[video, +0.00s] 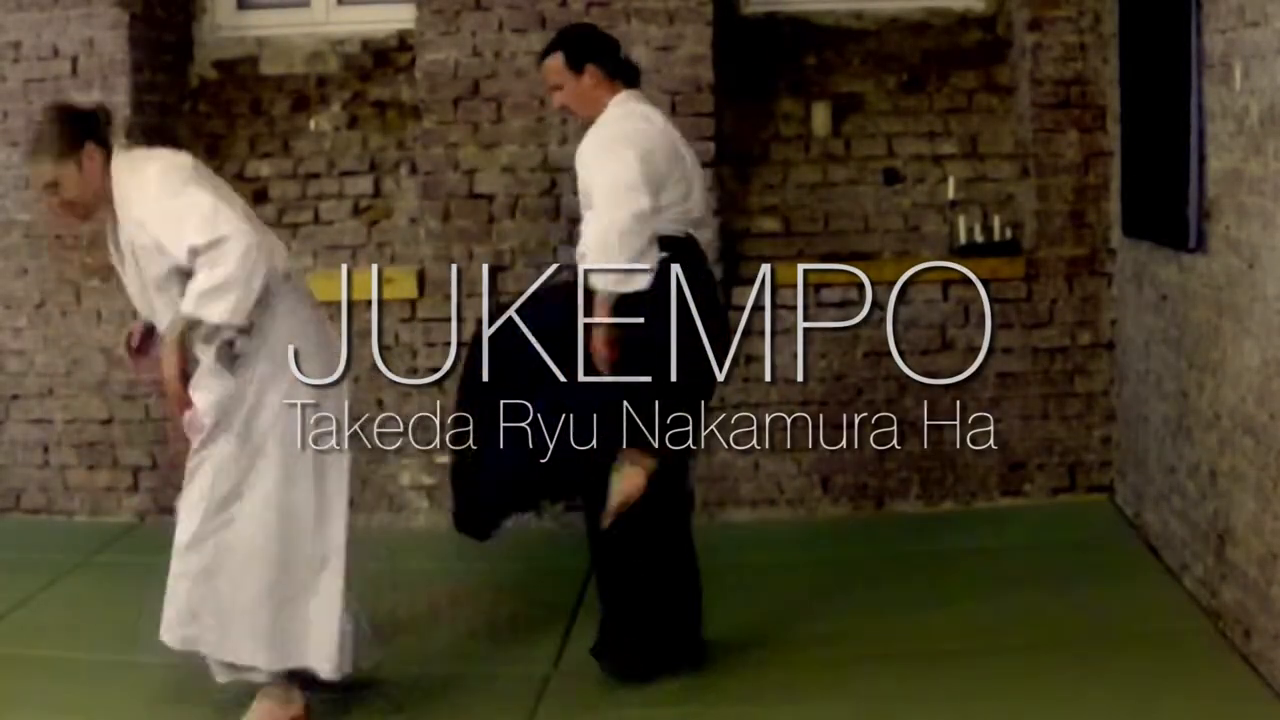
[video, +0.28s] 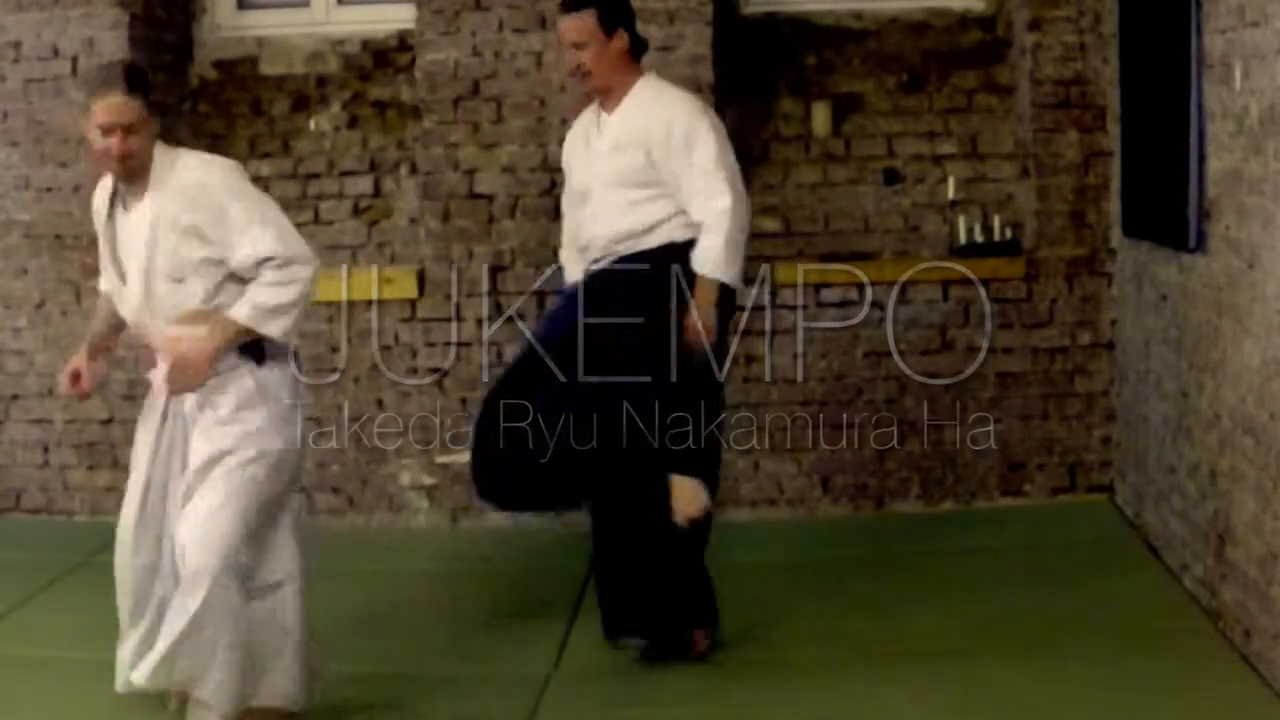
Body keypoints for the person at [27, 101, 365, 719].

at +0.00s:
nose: (56, 202)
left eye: (57, 184)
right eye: (46, 192)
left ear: (92, 156)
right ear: (88, 160)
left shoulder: (154, 183)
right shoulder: (129, 198)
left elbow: (239, 252)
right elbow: (195, 267)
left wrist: (178, 336)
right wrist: (159, 328)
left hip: (278, 361)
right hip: (253, 361)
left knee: (255, 515)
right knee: (262, 508)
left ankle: (283, 683)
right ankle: (309, 656)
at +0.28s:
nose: (117, 146)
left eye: (130, 131)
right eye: (103, 133)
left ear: (153, 128)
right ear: (87, 135)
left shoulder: (210, 181)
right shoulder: (107, 197)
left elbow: (292, 267)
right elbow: (120, 285)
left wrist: (218, 335)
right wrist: (95, 347)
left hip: (248, 397)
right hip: (174, 400)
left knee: (205, 545)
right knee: (165, 542)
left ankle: (213, 704)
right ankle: (197, 688)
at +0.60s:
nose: (289, 83)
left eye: (295, 68)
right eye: (277, 64)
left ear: (295, 75)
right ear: (223, 57)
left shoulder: (310, 148)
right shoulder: (141, 149)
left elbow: (366, 243)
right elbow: (85, 257)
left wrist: (353, 306)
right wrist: (122, 340)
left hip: (277, 389)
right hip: (172, 387)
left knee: (263, 579)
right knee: (151, 571)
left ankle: (249, 710)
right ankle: (140, 703)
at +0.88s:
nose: (427, 59)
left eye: (427, 42)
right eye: (418, 40)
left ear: (371, 41)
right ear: (364, 39)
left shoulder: (344, 131)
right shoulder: (292, 132)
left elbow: (304, 265)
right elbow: (231, 287)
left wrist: (379, 308)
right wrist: (306, 414)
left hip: (328, 387)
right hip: (271, 390)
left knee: (338, 596)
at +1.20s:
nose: (568, 55)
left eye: (565, 39)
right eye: (566, 39)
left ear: (484, 41)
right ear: (550, 41)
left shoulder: (392, 121)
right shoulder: (550, 144)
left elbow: (301, 245)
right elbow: (573, 335)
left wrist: (377, 332)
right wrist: (614, 475)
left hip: (353, 409)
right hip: (465, 420)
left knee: (330, 655)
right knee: (537, 666)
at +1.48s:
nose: (562, 29)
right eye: (558, 21)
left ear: (460, 26)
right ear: (540, 25)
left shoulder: (382, 105)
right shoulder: (597, 121)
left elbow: (296, 233)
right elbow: (699, 297)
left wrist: (385, 251)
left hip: (425, 413)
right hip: (570, 412)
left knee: (436, 682)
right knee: (602, 678)